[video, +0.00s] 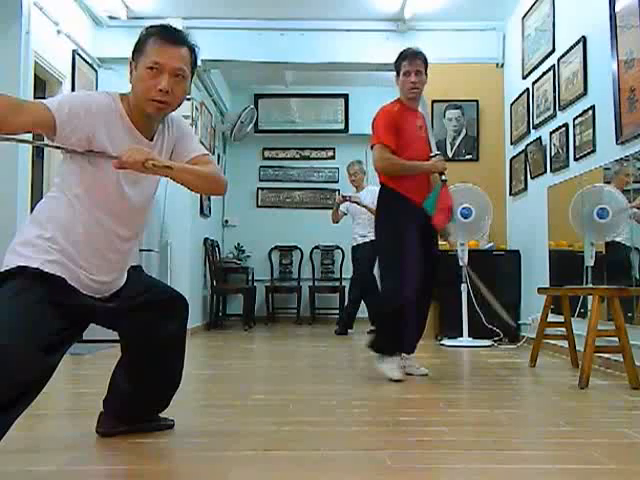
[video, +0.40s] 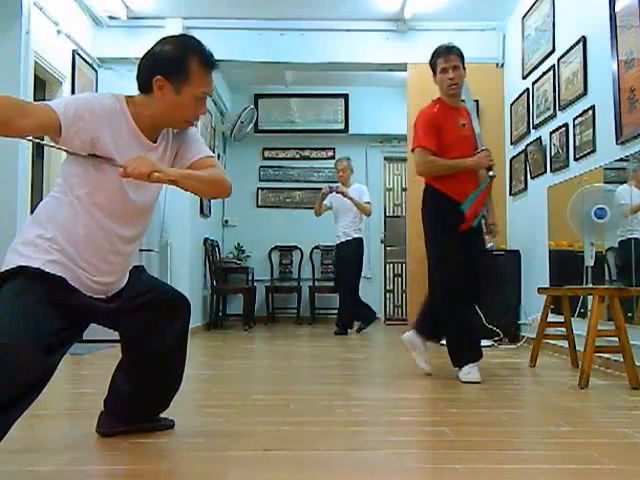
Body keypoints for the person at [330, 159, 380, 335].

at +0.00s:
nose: (353, 178)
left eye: (356, 174)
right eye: (351, 175)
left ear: (364, 174)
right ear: (348, 178)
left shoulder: (375, 192)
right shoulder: (350, 197)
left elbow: (380, 215)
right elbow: (336, 219)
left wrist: (363, 205)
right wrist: (336, 205)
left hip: (371, 240)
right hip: (357, 242)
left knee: (357, 281)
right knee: (367, 282)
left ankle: (345, 322)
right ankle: (378, 321)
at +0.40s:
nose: (341, 174)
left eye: (344, 171)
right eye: (338, 171)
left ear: (351, 172)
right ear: (336, 173)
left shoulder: (359, 189)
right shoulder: (333, 194)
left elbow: (367, 211)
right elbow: (318, 212)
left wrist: (348, 196)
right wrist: (322, 196)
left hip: (354, 240)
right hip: (341, 241)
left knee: (349, 284)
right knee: (341, 284)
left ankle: (343, 324)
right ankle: (367, 315)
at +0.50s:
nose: (339, 173)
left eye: (342, 169)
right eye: (336, 170)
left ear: (349, 171)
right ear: (333, 172)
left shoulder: (357, 189)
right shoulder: (331, 193)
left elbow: (365, 210)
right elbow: (315, 211)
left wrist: (347, 195)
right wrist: (320, 195)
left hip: (352, 241)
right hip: (338, 242)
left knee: (347, 282)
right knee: (333, 282)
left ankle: (342, 324)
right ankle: (355, 315)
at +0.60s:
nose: (337, 173)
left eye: (340, 170)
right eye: (334, 170)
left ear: (347, 172)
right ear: (331, 172)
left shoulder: (355, 189)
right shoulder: (329, 194)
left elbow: (364, 209)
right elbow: (313, 210)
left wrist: (345, 194)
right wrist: (318, 193)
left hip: (350, 241)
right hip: (336, 243)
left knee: (345, 284)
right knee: (330, 283)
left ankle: (344, 324)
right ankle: (337, 321)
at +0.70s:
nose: (336, 173)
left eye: (339, 170)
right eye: (333, 170)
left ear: (346, 171)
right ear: (329, 172)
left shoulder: (355, 189)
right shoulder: (327, 193)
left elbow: (362, 208)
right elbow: (311, 209)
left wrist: (344, 193)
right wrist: (316, 191)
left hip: (349, 242)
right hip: (333, 243)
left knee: (344, 284)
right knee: (328, 284)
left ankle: (342, 324)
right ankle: (328, 322)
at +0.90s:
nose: (333, 172)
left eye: (336, 169)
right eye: (330, 169)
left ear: (342, 171)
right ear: (326, 171)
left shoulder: (351, 189)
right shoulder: (323, 193)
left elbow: (359, 207)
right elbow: (307, 207)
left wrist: (341, 190)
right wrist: (313, 190)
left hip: (345, 242)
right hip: (327, 243)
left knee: (343, 286)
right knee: (324, 285)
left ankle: (342, 325)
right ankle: (321, 324)